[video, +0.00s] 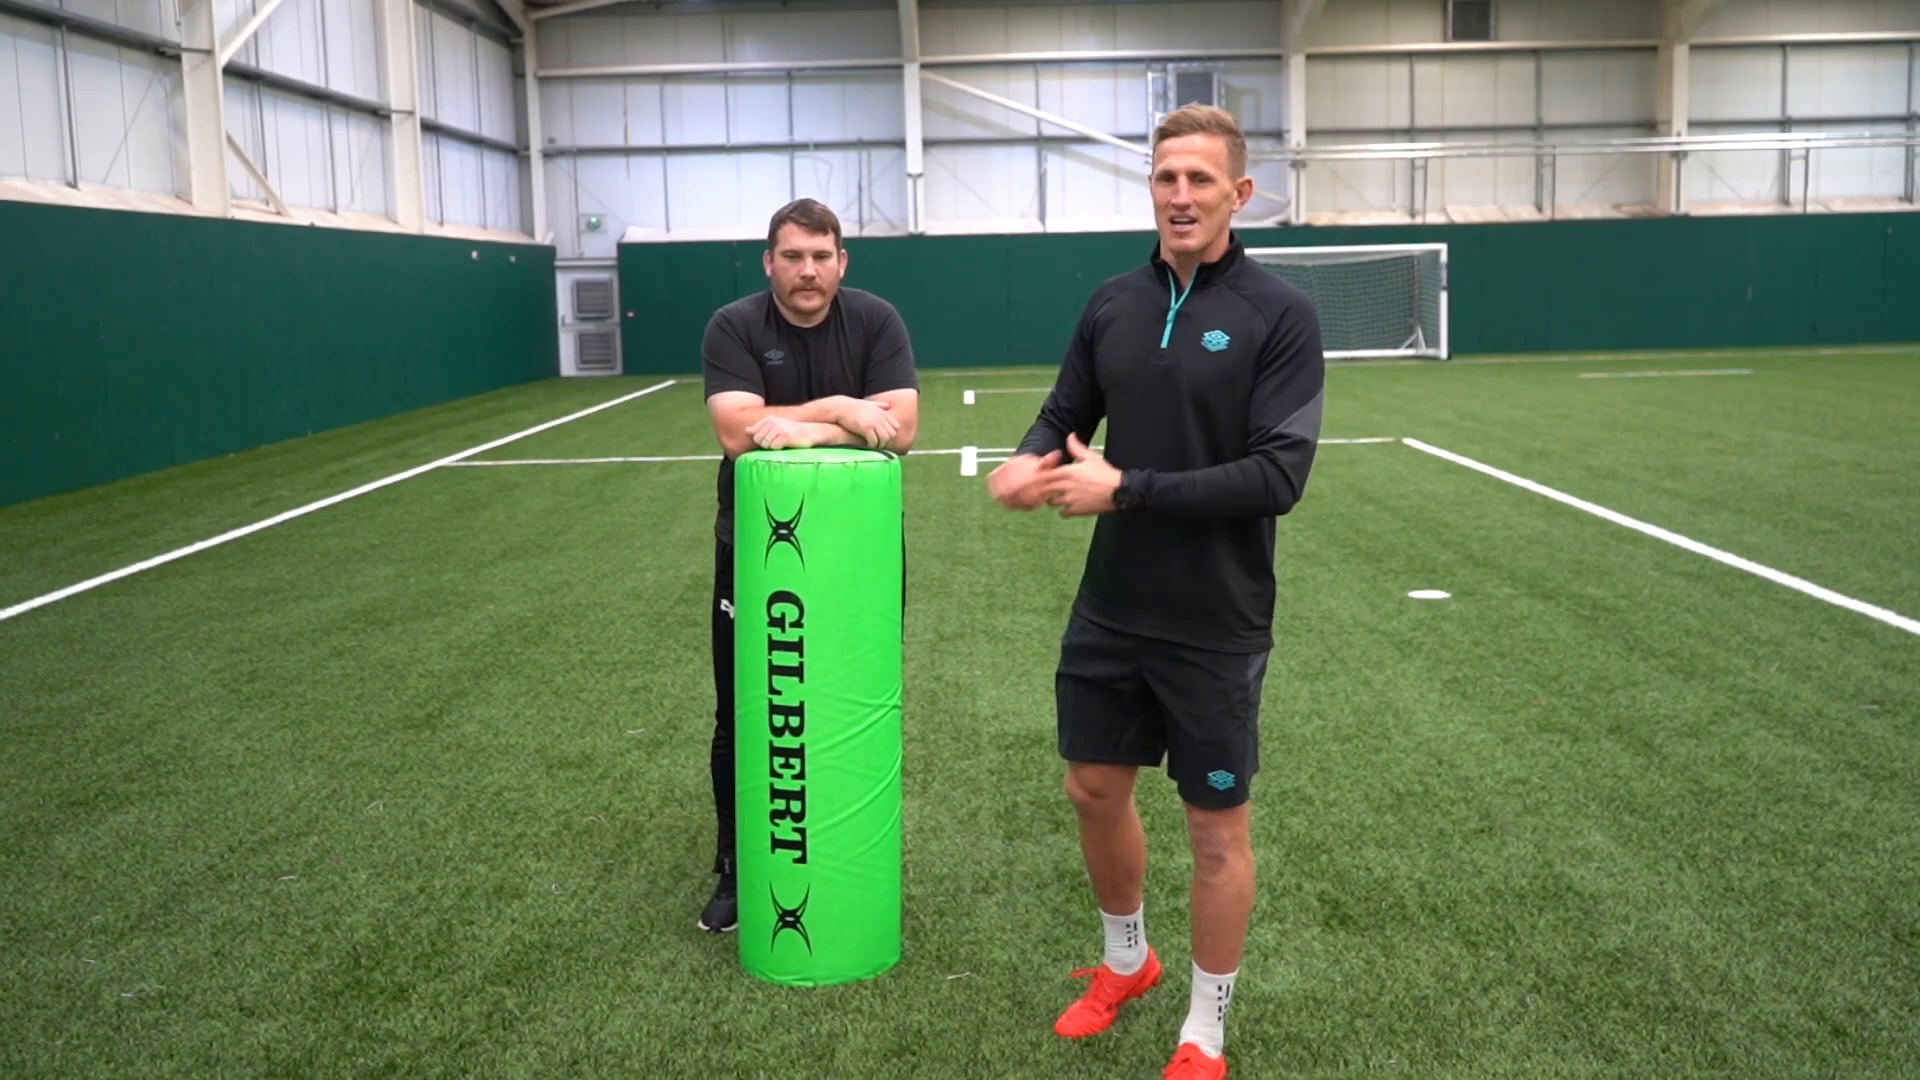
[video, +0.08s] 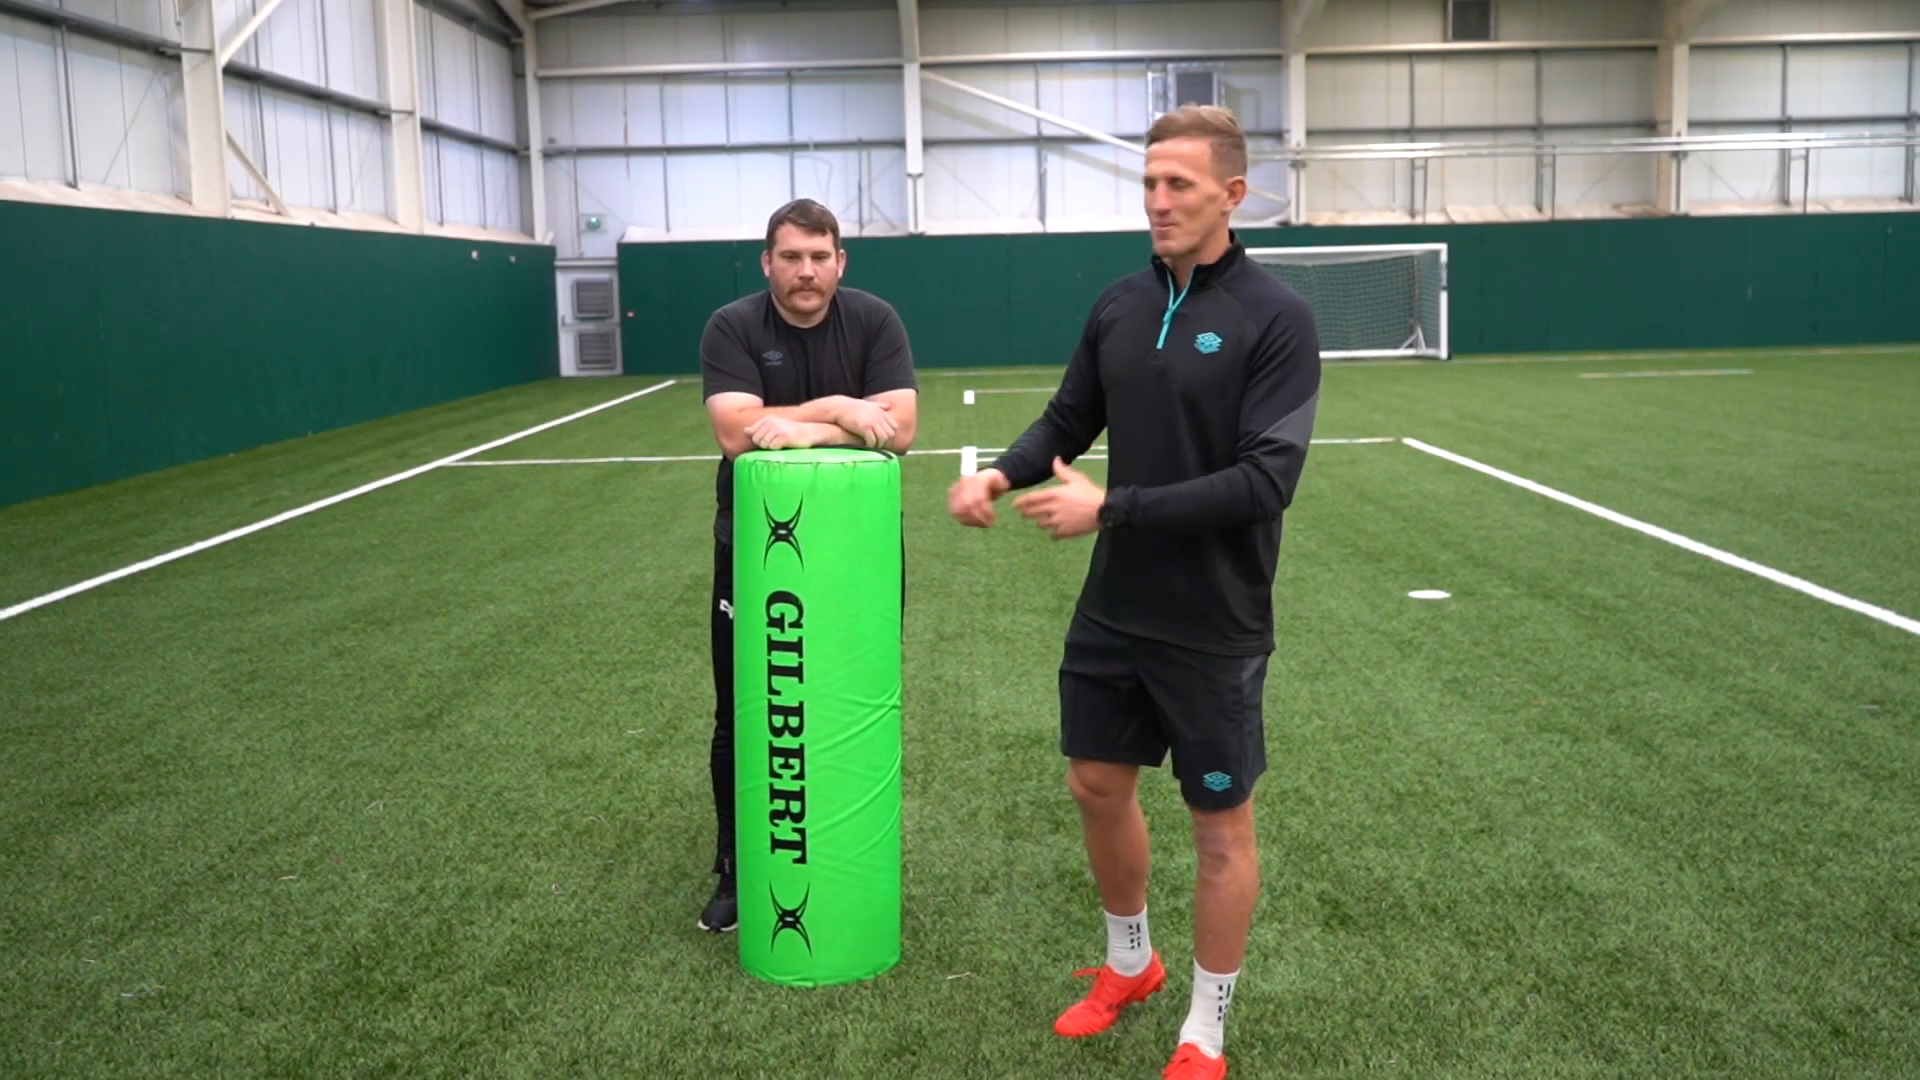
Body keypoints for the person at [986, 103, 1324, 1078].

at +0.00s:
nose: (1179, 196)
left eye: (1200, 179)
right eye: (1165, 178)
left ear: (1240, 194)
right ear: (1148, 190)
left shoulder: (1282, 315)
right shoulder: (1114, 304)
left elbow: (1280, 475)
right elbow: (1061, 423)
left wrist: (1123, 489)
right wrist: (1031, 465)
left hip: (1218, 617)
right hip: (1112, 602)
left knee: (1215, 826)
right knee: (1096, 788)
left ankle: (1206, 1033)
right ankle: (1128, 962)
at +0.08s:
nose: (1157, 202)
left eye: (1177, 186)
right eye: (1150, 184)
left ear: (1232, 196)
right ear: (1144, 191)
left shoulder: (1277, 319)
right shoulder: (1120, 305)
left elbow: (1265, 480)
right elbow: (1069, 420)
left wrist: (1111, 504)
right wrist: (999, 472)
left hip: (1218, 618)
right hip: (1116, 601)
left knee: (1222, 827)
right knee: (1099, 784)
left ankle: (1205, 1035)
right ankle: (1130, 964)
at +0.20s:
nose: (1117, 207)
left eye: (1133, 191)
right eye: (1119, 188)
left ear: (1196, 198)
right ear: (1176, 197)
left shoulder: (1268, 324)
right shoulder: (1134, 300)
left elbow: (1251, 492)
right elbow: (1079, 413)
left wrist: (1102, 558)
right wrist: (985, 431)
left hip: (1212, 621)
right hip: (1117, 601)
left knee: (1221, 826)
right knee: (1107, 779)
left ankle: (1207, 1034)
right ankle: (1134, 965)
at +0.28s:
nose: (1107, 211)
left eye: (1115, 195)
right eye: (1108, 193)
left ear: (1166, 201)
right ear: (1165, 199)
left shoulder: (1255, 325)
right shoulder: (1143, 294)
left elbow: (1243, 502)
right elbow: (1095, 396)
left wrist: (1120, 607)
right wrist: (994, 385)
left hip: (1209, 614)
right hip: (1122, 596)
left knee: (1219, 820)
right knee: (1111, 775)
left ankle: (1207, 1035)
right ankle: (1136, 966)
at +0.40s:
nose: (1092, 214)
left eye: (1100, 199)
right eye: (1096, 197)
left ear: (1139, 206)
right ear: (1154, 203)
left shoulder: (1233, 324)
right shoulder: (1156, 291)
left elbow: (1241, 514)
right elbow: (1125, 379)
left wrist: (1174, 654)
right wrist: (1028, 329)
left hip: (1206, 621)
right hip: (1128, 595)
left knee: (1219, 822)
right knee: (1110, 766)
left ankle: (1207, 1037)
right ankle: (1135, 961)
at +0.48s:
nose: (1087, 219)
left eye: (1095, 204)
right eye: (1091, 202)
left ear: (1132, 207)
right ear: (1151, 204)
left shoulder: (1226, 325)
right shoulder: (1153, 291)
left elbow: (1243, 512)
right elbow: (1130, 370)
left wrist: (1206, 662)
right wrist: (1037, 311)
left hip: (1202, 622)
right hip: (1128, 594)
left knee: (1219, 824)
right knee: (1110, 764)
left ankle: (1207, 1037)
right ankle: (1142, 955)